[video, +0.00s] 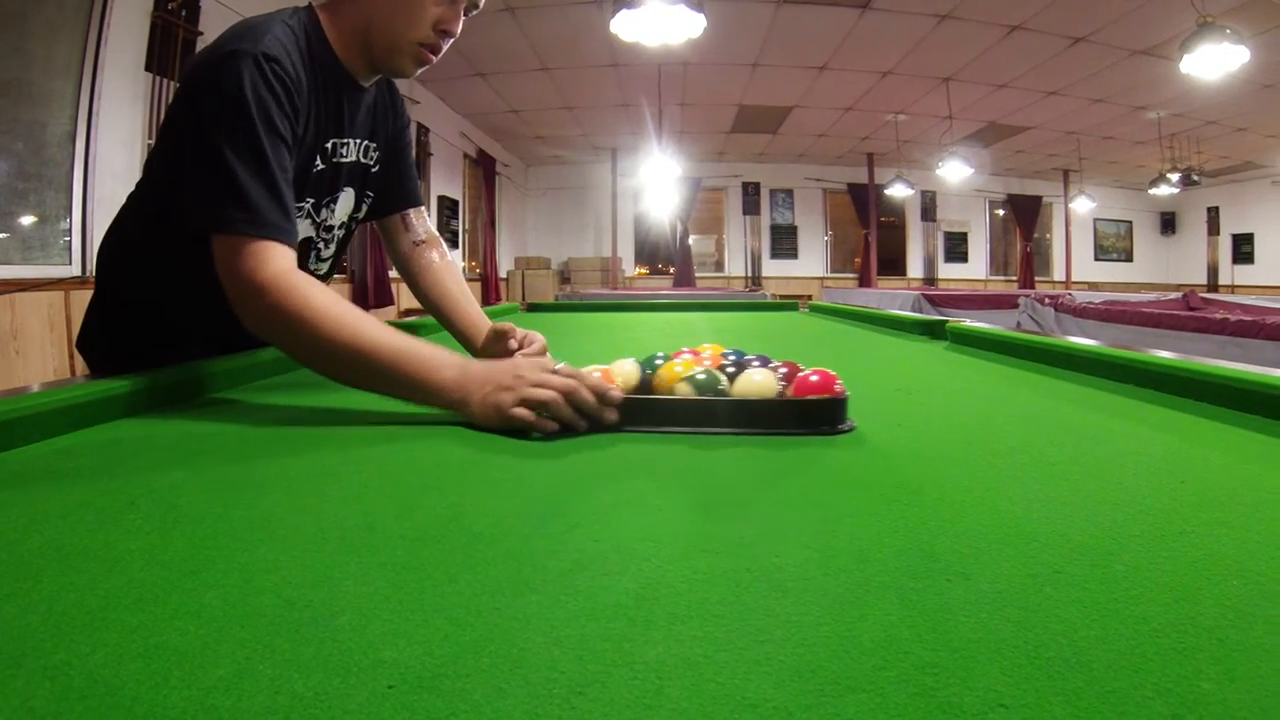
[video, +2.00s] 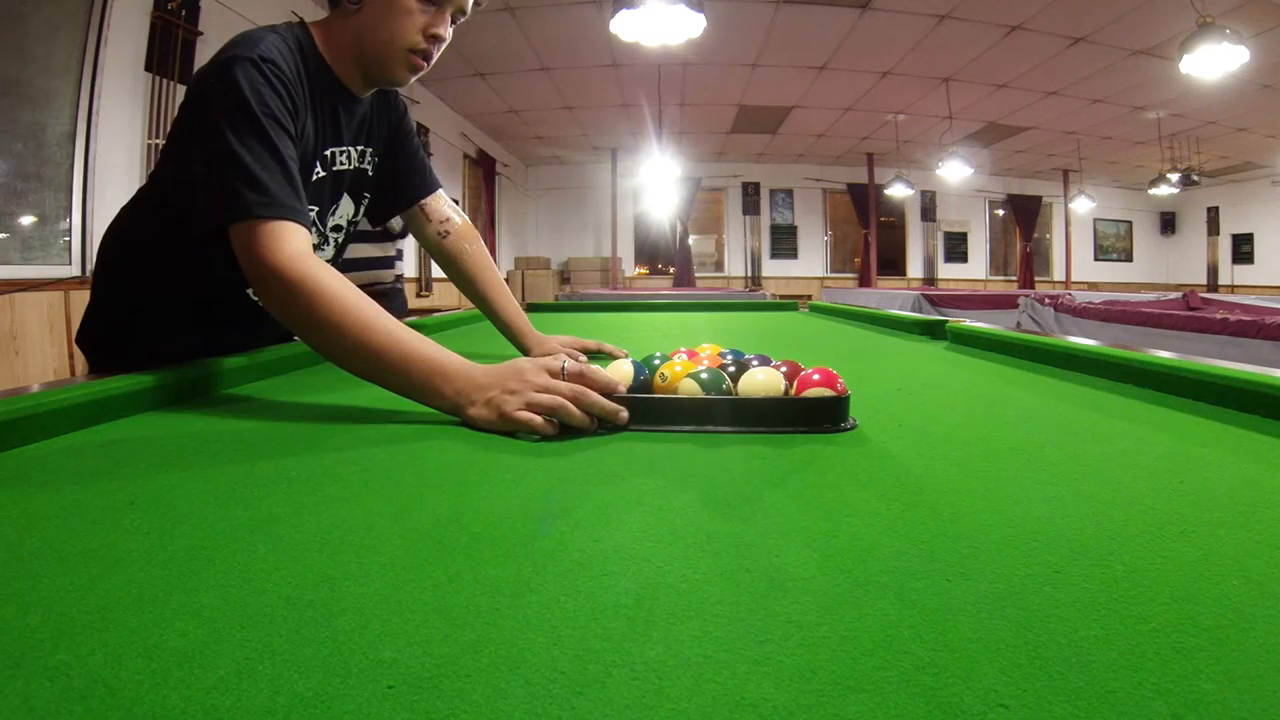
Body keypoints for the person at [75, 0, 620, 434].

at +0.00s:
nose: (456, 25)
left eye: (467, 10)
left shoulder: (382, 96)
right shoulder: (255, 63)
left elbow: (416, 237)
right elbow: (261, 283)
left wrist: (483, 335)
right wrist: (466, 383)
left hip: (261, 351)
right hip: (151, 358)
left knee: (239, 547)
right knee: (140, 557)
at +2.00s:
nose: (442, 34)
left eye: (453, 18)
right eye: (429, 5)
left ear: (454, 26)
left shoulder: (383, 102)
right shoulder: (255, 71)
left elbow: (441, 224)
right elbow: (278, 267)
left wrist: (529, 337)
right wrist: (468, 384)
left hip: (263, 336)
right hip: (152, 342)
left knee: (243, 527)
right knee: (140, 537)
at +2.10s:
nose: (441, 34)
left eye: (452, 18)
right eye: (428, 5)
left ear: (454, 27)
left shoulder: (383, 104)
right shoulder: (255, 72)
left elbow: (442, 225)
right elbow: (278, 267)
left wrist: (529, 337)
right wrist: (467, 384)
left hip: (261, 337)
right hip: (151, 342)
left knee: (241, 528)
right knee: (139, 538)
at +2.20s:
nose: (441, 34)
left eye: (452, 18)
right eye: (427, 5)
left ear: (453, 27)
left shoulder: (383, 104)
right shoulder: (255, 72)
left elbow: (442, 225)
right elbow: (277, 266)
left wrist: (528, 337)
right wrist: (466, 384)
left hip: (260, 336)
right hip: (151, 341)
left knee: (241, 526)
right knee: (139, 537)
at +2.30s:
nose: (442, 34)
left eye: (452, 19)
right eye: (427, 5)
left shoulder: (384, 105)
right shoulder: (255, 72)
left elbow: (442, 226)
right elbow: (277, 266)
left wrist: (528, 337)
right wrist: (465, 384)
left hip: (260, 336)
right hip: (151, 341)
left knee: (240, 527)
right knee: (137, 537)